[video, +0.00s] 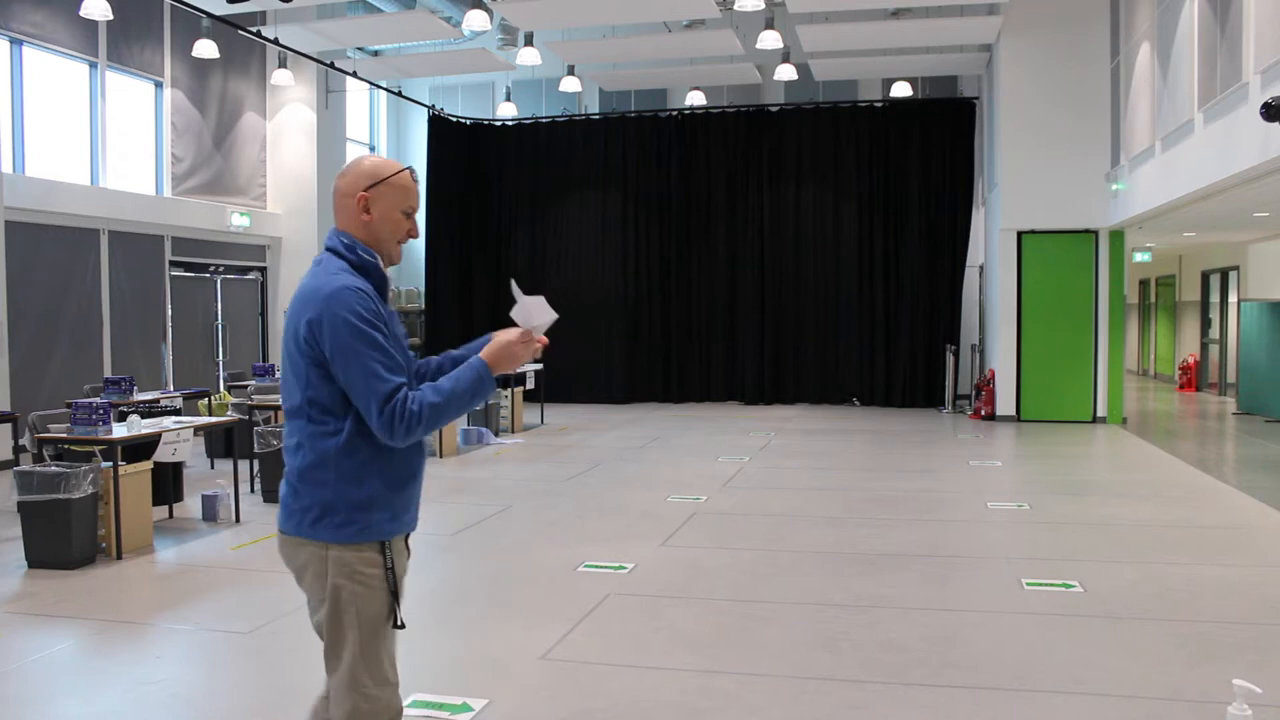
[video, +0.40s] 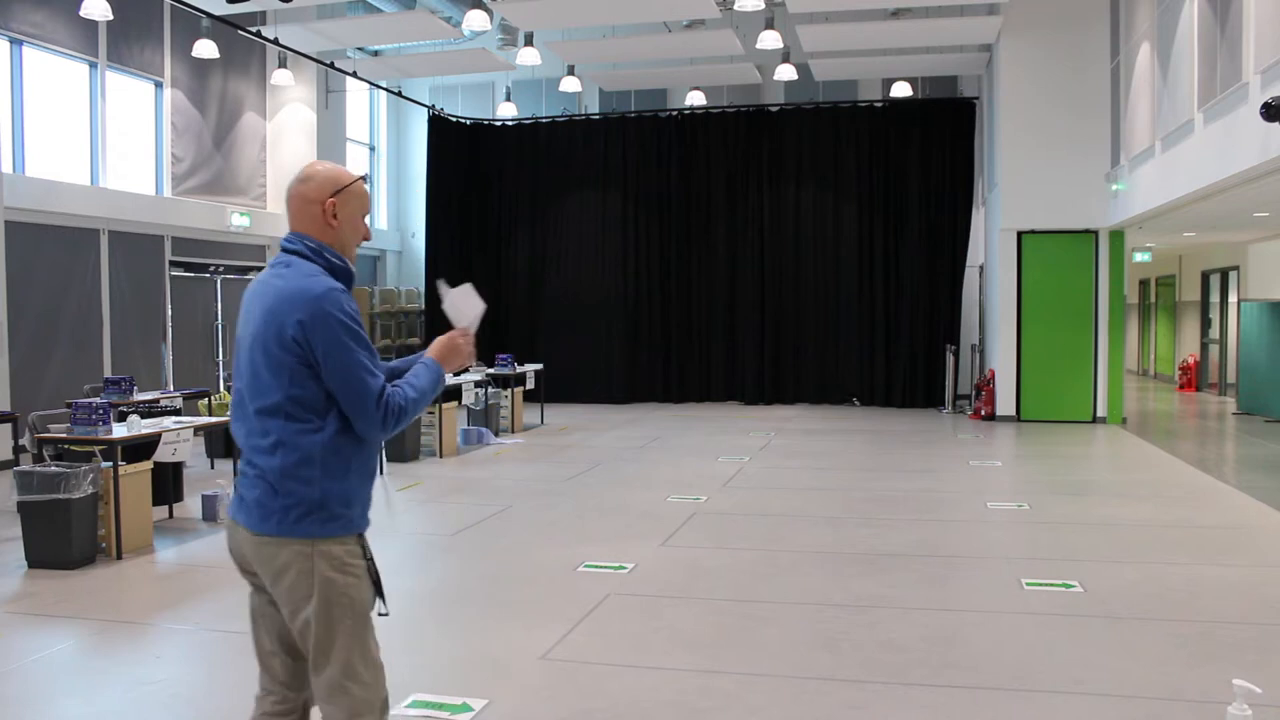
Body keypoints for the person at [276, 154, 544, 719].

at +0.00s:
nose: (414, 229)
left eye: (414, 215)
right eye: (406, 213)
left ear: (363, 209)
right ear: (363, 206)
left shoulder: (354, 288)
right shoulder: (339, 297)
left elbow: (410, 378)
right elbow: (396, 418)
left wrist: (492, 350)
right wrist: (489, 366)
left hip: (355, 529)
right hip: (344, 534)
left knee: (356, 692)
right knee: (368, 700)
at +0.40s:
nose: (368, 231)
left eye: (368, 217)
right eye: (362, 216)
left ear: (320, 213)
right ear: (330, 211)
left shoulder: (268, 285)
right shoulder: (321, 297)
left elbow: (349, 382)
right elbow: (378, 414)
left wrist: (424, 360)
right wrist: (437, 366)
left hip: (260, 524)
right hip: (310, 535)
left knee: (282, 694)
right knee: (355, 699)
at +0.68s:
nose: (345, 227)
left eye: (343, 213)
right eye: (340, 212)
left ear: (290, 211)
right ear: (314, 210)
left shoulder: (241, 285)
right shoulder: (310, 295)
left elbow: (307, 389)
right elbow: (368, 410)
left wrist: (389, 364)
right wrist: (409, 359)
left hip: (235, 521)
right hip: (301, 532)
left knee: (270, 693)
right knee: (344, 696)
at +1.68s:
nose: (315, 210)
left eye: (314, 199)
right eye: (312, 200)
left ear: (245, 212)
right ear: (295, 208)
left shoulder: (198, 293)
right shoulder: (316, 289)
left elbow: (237, 374)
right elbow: (412, 293)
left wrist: (324, 356)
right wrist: (431, 223)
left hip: (225, 526)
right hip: (309, 527)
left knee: (255, 690)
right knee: (340, 687)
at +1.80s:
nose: (311, 211)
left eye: (311, 200)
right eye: (309, 202)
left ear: (241, 213)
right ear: (293, 208)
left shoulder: (195, 294)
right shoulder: (313, 290)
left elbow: (234, 374)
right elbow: (409, 293)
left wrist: (322, 352)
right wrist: (428, 223)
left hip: (223, 529)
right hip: (307, 529)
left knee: (253, 691)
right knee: (344, 688)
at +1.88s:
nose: (311, 213)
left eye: (311, 203)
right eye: (309, 203)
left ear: (241, 213)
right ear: (293, 209)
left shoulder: (195, 294)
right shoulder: (312, 289)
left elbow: (232, 375)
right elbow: (408, 292)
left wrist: (321, 351)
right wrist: (427, 222)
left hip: (222, 527)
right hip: (306, 527)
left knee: (252, 691)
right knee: (348, 685)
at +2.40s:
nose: (344, 216)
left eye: (341, 204)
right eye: (341, 205)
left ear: (277, 216)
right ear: (326, 212)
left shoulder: (248, 293)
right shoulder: (333, 288)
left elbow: (315, 355)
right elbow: (439, 251)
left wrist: (383, 323)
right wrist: (433, 163)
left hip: (266, 525)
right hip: (336, 526)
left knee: (301, 678)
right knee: (358, 689)